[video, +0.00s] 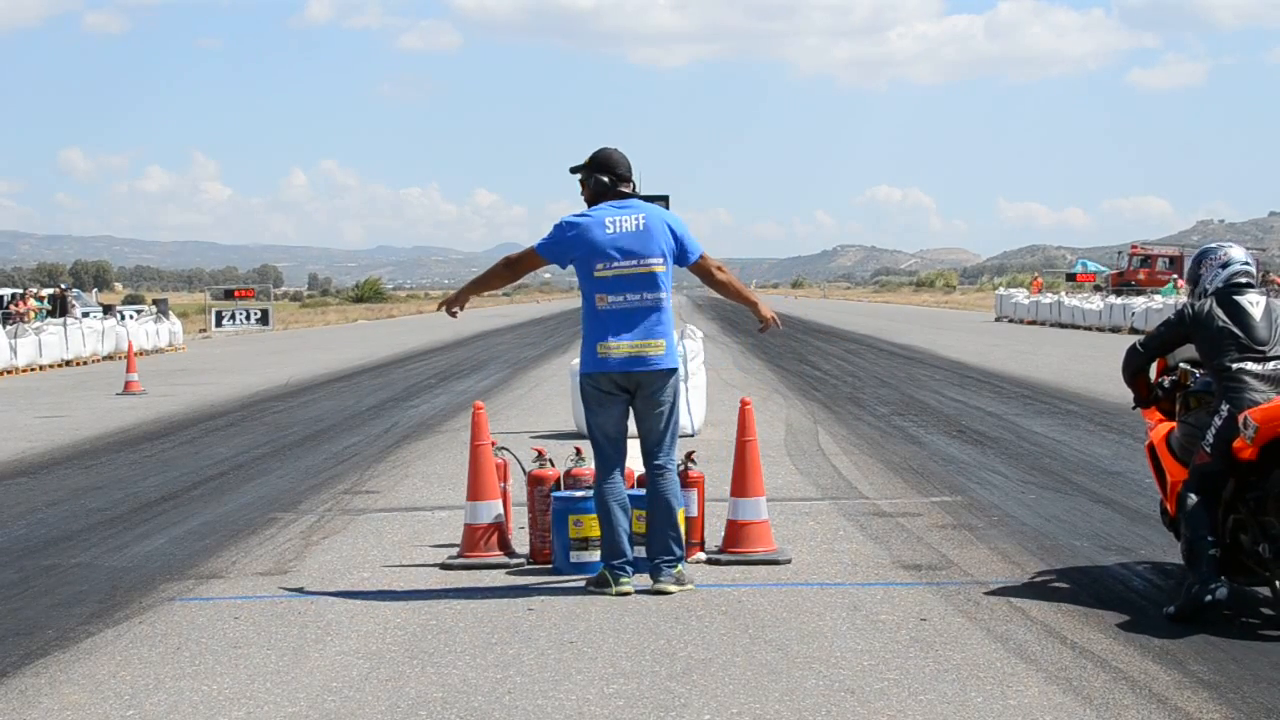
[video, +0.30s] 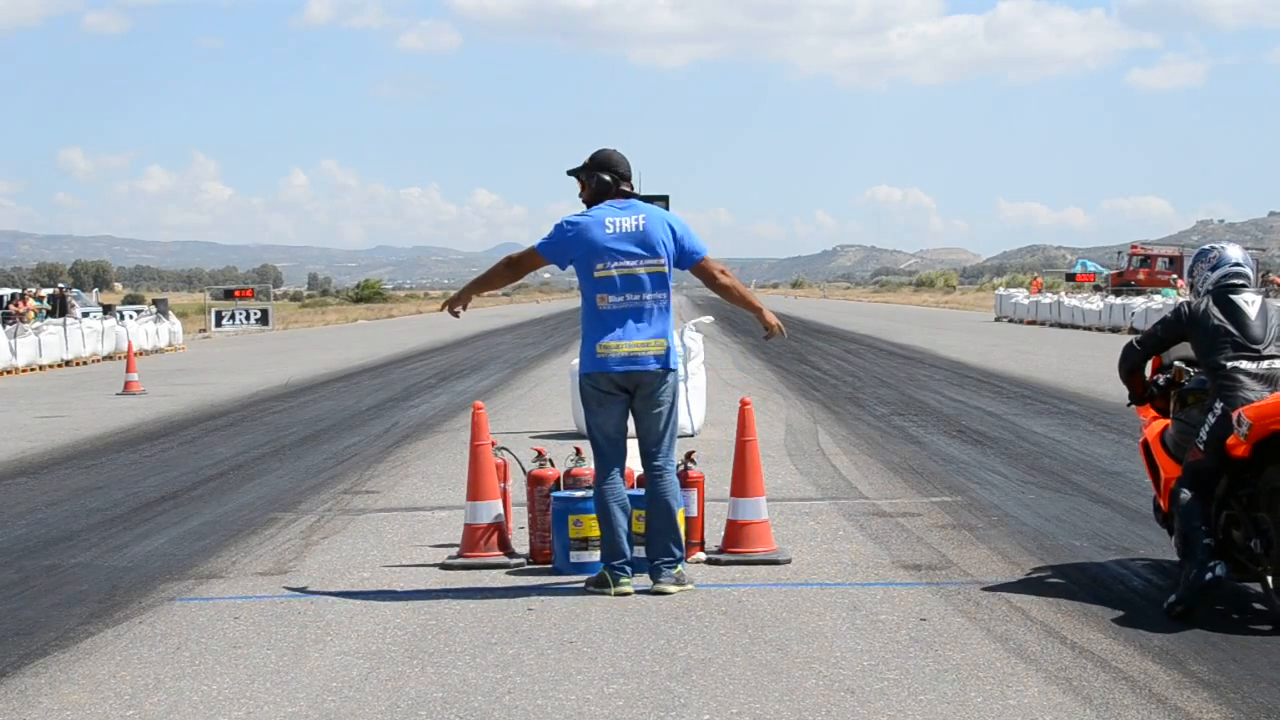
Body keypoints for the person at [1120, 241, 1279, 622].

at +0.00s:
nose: (1191, 286)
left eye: (1193, 278)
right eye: (1192, 279)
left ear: (1205, 275)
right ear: (1245, 269)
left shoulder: (1199, 310)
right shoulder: (1272, 304)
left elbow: (1136, 356)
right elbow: (1259, 354)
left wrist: (1148, 396)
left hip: (1242, 402)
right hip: (1279, 398)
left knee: (1196, 489)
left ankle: (1205, 580)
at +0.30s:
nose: (1192, 283)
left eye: (1194, 276)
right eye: (1192, 277)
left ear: (1205, 273)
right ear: (1245, 270)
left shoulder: (1196, 309)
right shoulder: (1270, 305)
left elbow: (1134, 352)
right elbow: (1257, 353)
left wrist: (1140, 389)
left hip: (1236, 400)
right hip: (1277, 396)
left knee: (1189, 484)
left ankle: (1198, 565)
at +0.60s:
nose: (1184, 284)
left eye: (1186, 278)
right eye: (1185, 278)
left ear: (1196, 276)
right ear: (1236, 273)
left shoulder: (1187, 310)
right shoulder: (1267, 309)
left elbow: (1125, 352)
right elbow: (1274, 351)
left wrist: (1131, 389)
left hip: (1226, 402)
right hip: (1272, 396)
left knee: (1161, 477)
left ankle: (1172, 560)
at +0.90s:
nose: (1171, 284)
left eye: (1172, 278)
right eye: (1172, 278)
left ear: (1179, 277)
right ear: (1222, 275)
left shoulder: (1169, 311)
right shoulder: (1253, 309)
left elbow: (1109, 354)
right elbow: (1277, 343)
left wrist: (1123, 391)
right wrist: (1265, 366)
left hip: (1212, 402)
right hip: (1264, 392)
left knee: (1161, 481)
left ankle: (1165, 569)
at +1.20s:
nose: (1163, 284)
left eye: (1164, 278)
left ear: (1170, 278)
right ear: (1213, 276)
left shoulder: (1161, 311)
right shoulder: (1241, 308)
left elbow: (1099, 356)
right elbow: (1275, 345)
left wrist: (1112, 384)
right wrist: (1263, 369)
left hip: (1203, 397)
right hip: (1255, 390)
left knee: (1160, 476)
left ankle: (1164, 564)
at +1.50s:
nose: (1162, 286)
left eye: (1164, 280)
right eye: (1163, 280)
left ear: (1172, 279)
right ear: (1212, 276)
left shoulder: (1162, 311)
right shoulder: (1241, 311)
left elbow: (1107, 351)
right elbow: (1250, 350)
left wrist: (1111, 380)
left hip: (1199, 402)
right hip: (1244, 400)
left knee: (1149, 478)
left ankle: (1165, 546)